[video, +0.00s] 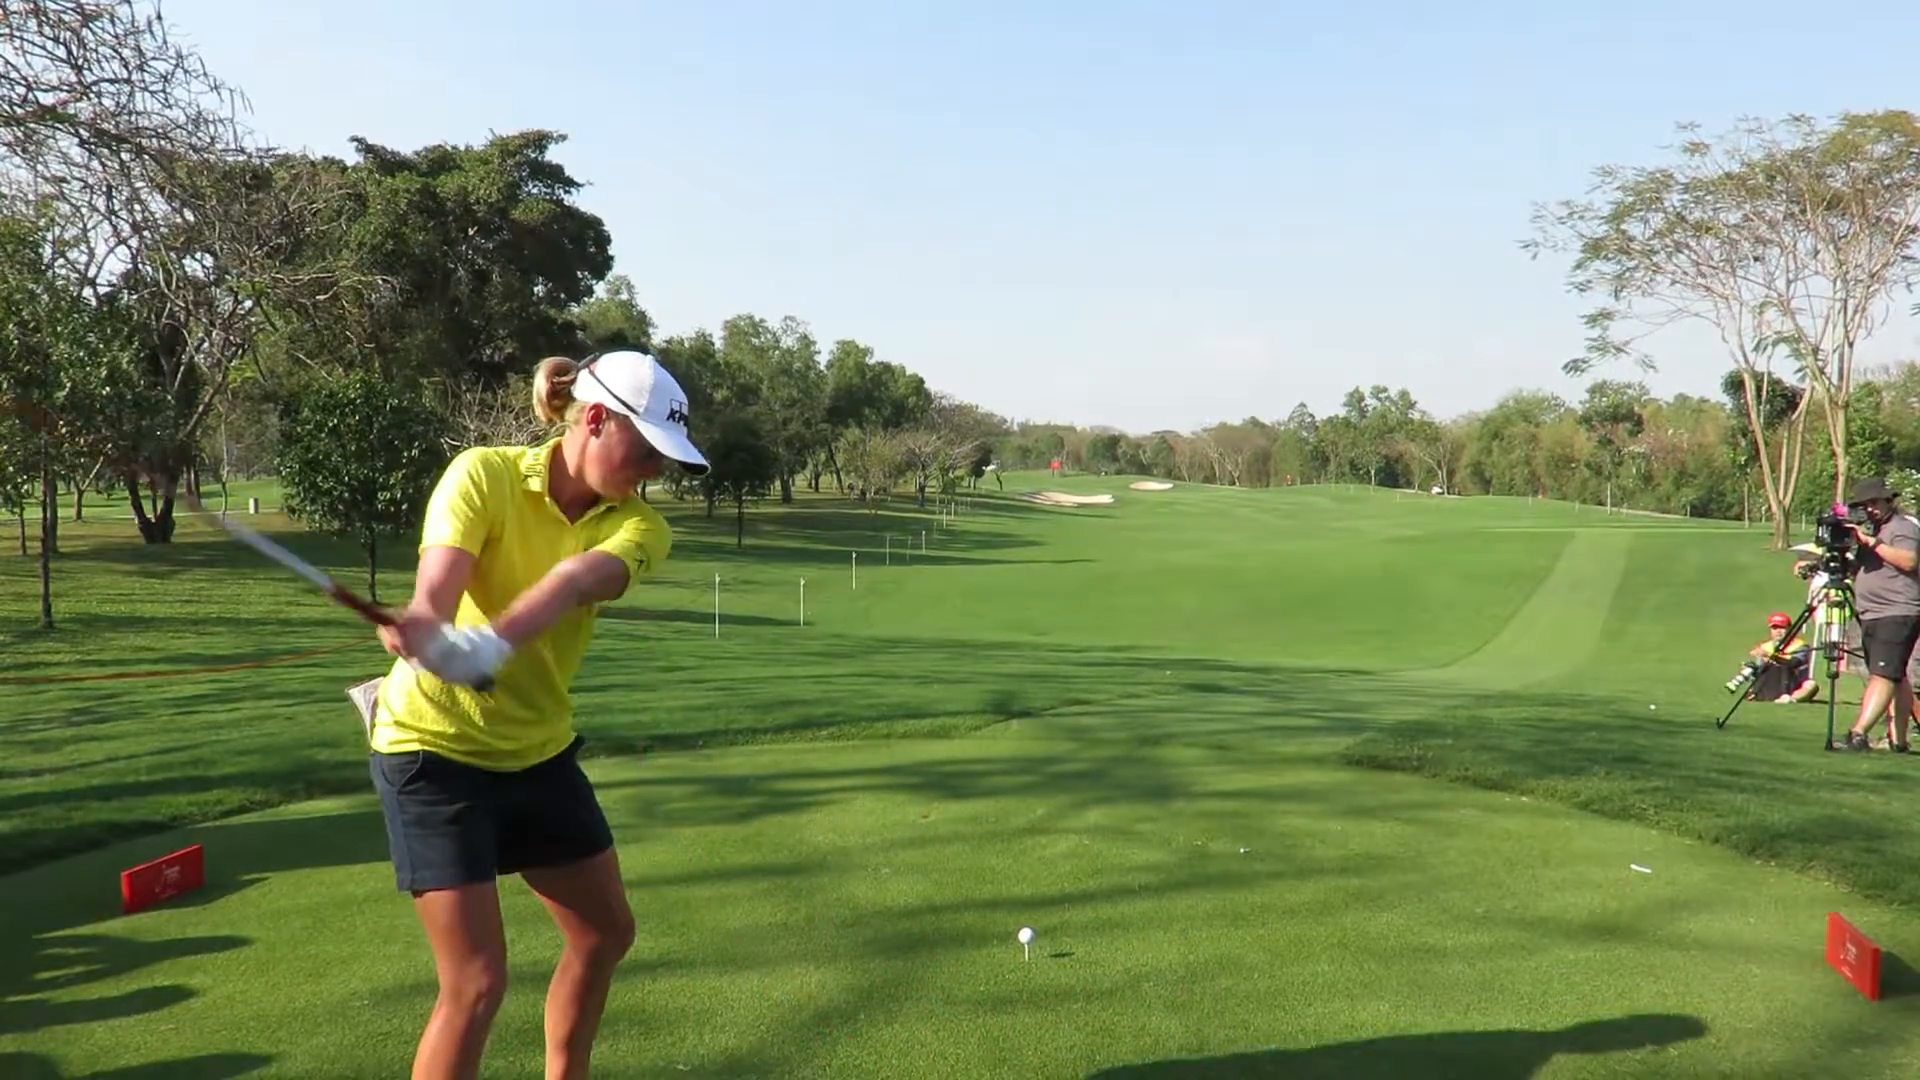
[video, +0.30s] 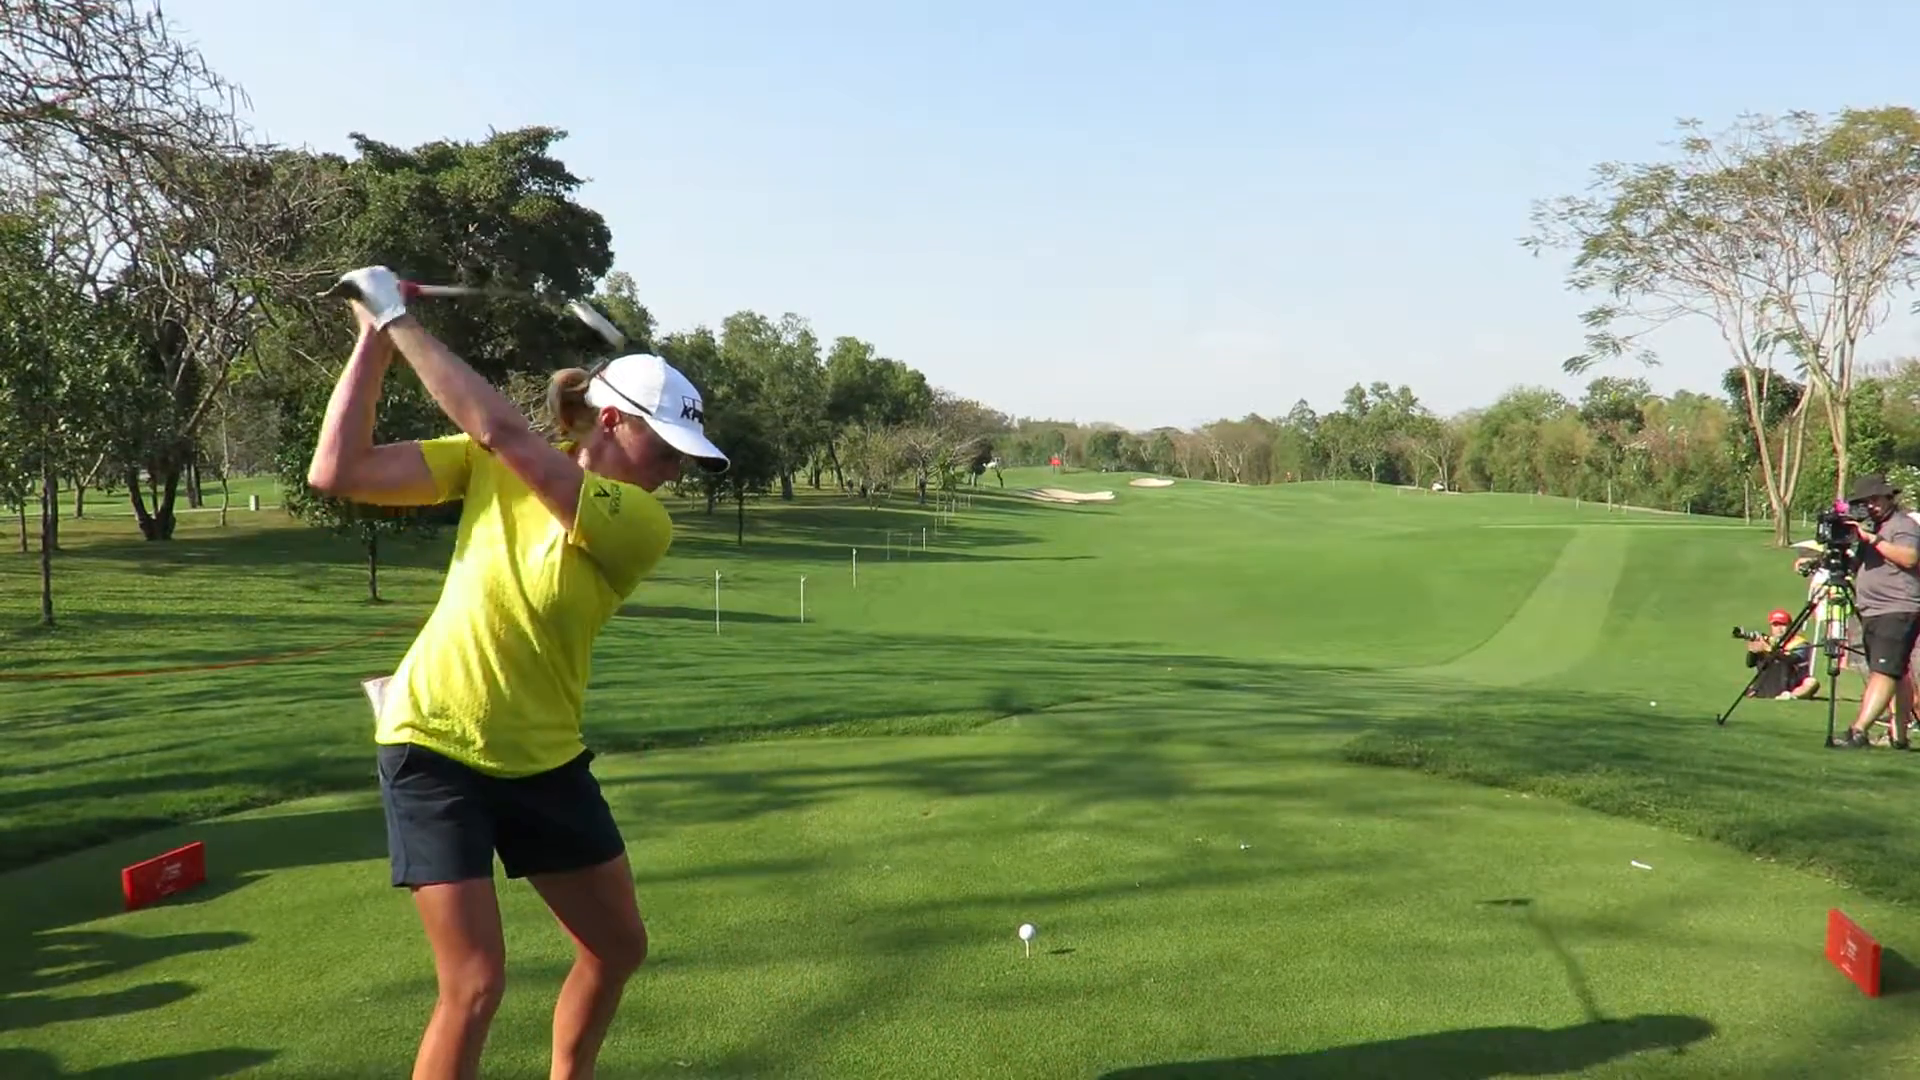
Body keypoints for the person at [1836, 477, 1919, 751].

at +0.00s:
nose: (1869, 511)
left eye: (1873, 504)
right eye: (1865, 507)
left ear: (1888, 502)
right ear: (1863, 508)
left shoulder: (1903, 527)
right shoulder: (1873, 531)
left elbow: (1909, 562)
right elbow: (1859, 568)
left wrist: (1873, 544)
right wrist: (1844, 548)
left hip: (1898, 612)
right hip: (1873, 613)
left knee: (1883, 673)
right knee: (1893, 678)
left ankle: (1858, 732)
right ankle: (1898, 739)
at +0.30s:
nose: (1869, 508)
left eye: (1873, 501)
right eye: (1865, 503)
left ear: (1888, 499)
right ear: (1863, 505)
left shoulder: (1902, 524)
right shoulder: (1874, 529)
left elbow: (1909, 558)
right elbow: (1860, 564)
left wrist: (1871, 540)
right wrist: (1844, 536)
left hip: (1897, 610)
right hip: (1873, 611)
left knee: (1884, 670)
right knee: (1892, 674)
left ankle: (1858, 729)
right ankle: (1899, 735)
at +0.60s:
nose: (1867, 504)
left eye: (1872, 498)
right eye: (1864, 500)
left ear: (1886, 495)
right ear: (1863, 501)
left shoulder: (1903, 521)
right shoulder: (1874, 525)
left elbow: (1909, 554)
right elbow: (1862, 563)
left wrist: (1871, 536)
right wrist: (1843, 545)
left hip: (1897, 606)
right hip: (1873, 607)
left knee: (1883, 667)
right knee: (1893, 671)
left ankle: (1858, 726)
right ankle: (1898, 733)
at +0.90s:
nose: (1867, 504)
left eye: (1872, 498)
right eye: (1864, 500)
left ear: (1886, 495)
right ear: (1863, 501)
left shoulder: (1901, 518)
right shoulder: (1875, 523)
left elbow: (1908, 554)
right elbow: (1865, 563)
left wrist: (1871, 537)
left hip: (1897, 605)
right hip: (1874, 606)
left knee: (1883, 666)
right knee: (1894, 672)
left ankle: (1857, 726)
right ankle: (1898, 733)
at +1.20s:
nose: (1867, 506)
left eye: (1871, 500)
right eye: (1863, 502)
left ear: (1885, 497)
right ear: (1863, 503)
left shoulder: (1902, 520)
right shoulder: (1872, 525)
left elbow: (1908, 555)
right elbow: (1859, 562)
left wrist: (1871, 537)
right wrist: (1845, 538)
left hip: (1898, 606)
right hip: (1873, 607)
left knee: (1883, 667)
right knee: (1893, 672)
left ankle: (1858, 727)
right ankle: (1898, 733)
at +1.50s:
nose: (1868, 506)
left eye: (1873, 499)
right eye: (1865, 501)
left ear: (1887, 496)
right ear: (1863, 502)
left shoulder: (1902, 520)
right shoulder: (1875, 525)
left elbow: (1909, 556)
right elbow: (1865, 566)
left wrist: (1872, 538)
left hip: (1898, 607)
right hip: (1874, 608)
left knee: (1884, 667)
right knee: (1891, 670)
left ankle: (1858, 727)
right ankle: (1898, 733)